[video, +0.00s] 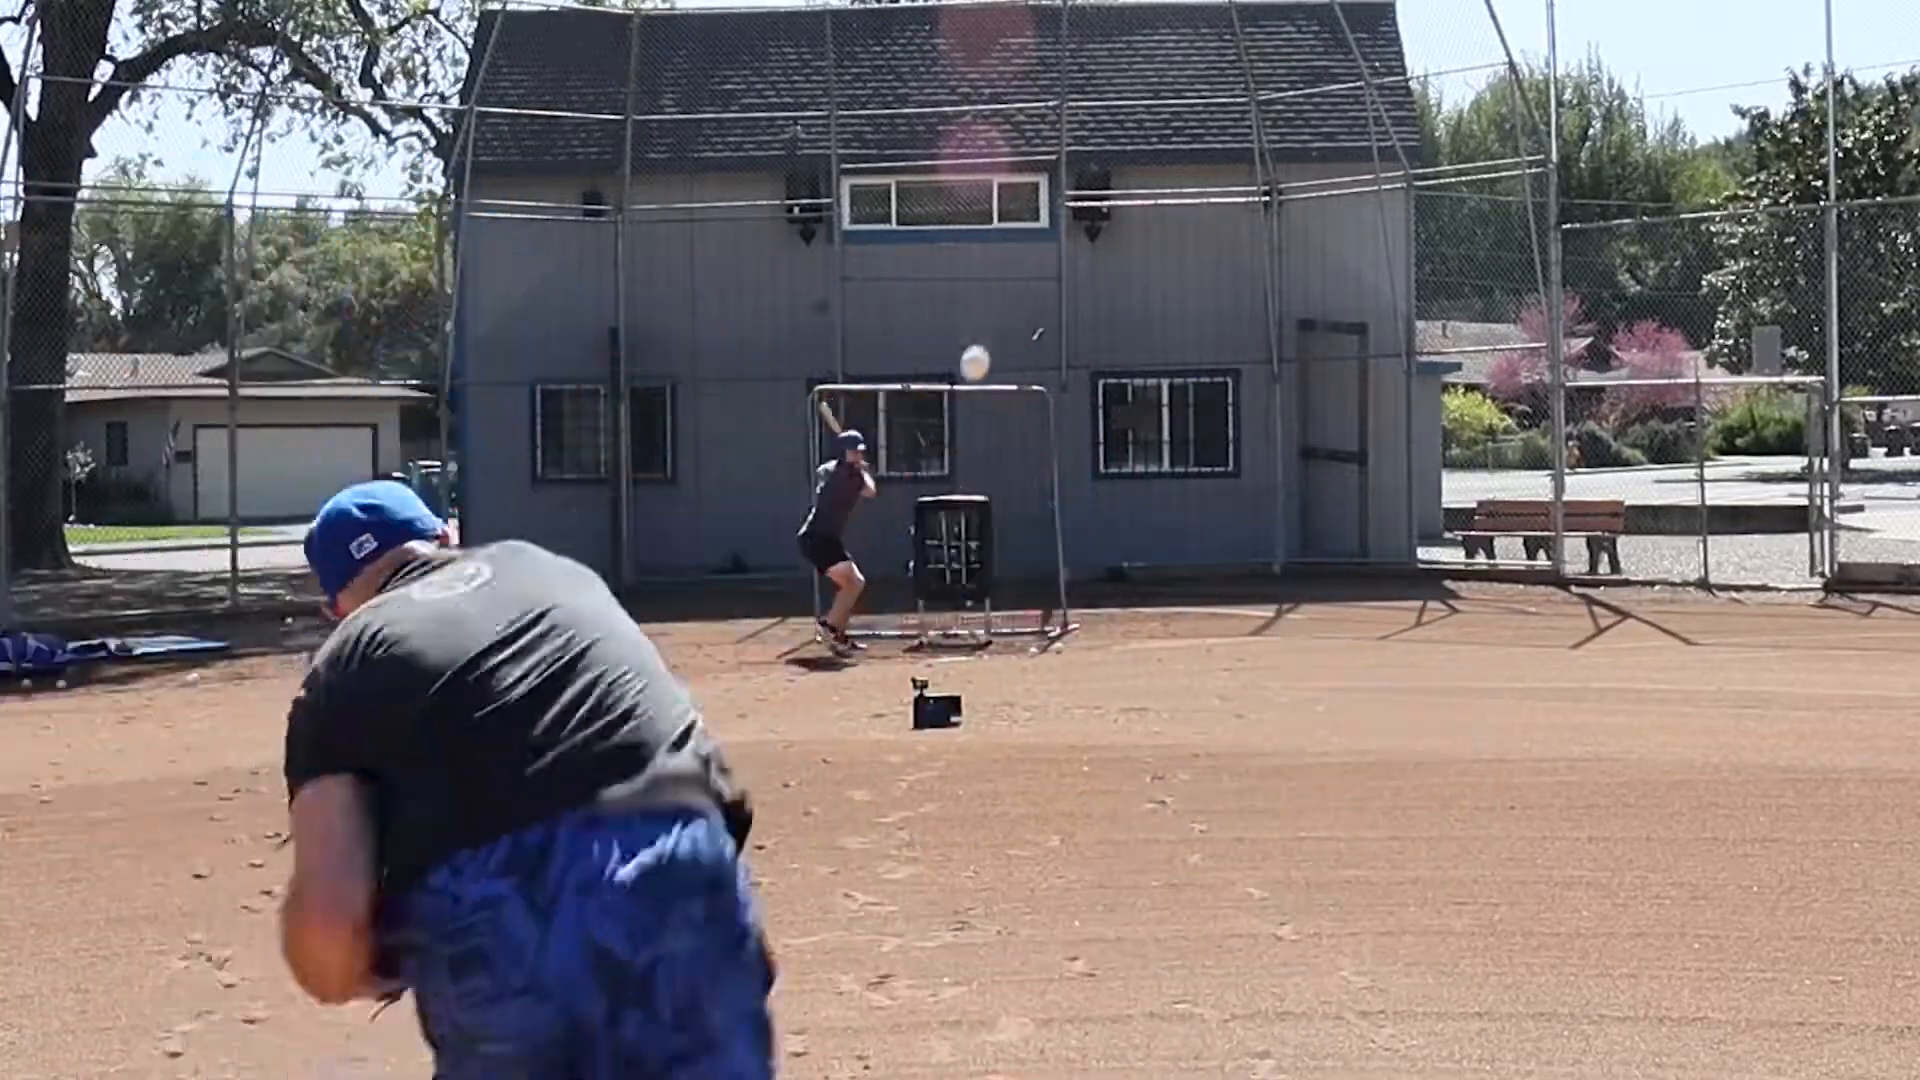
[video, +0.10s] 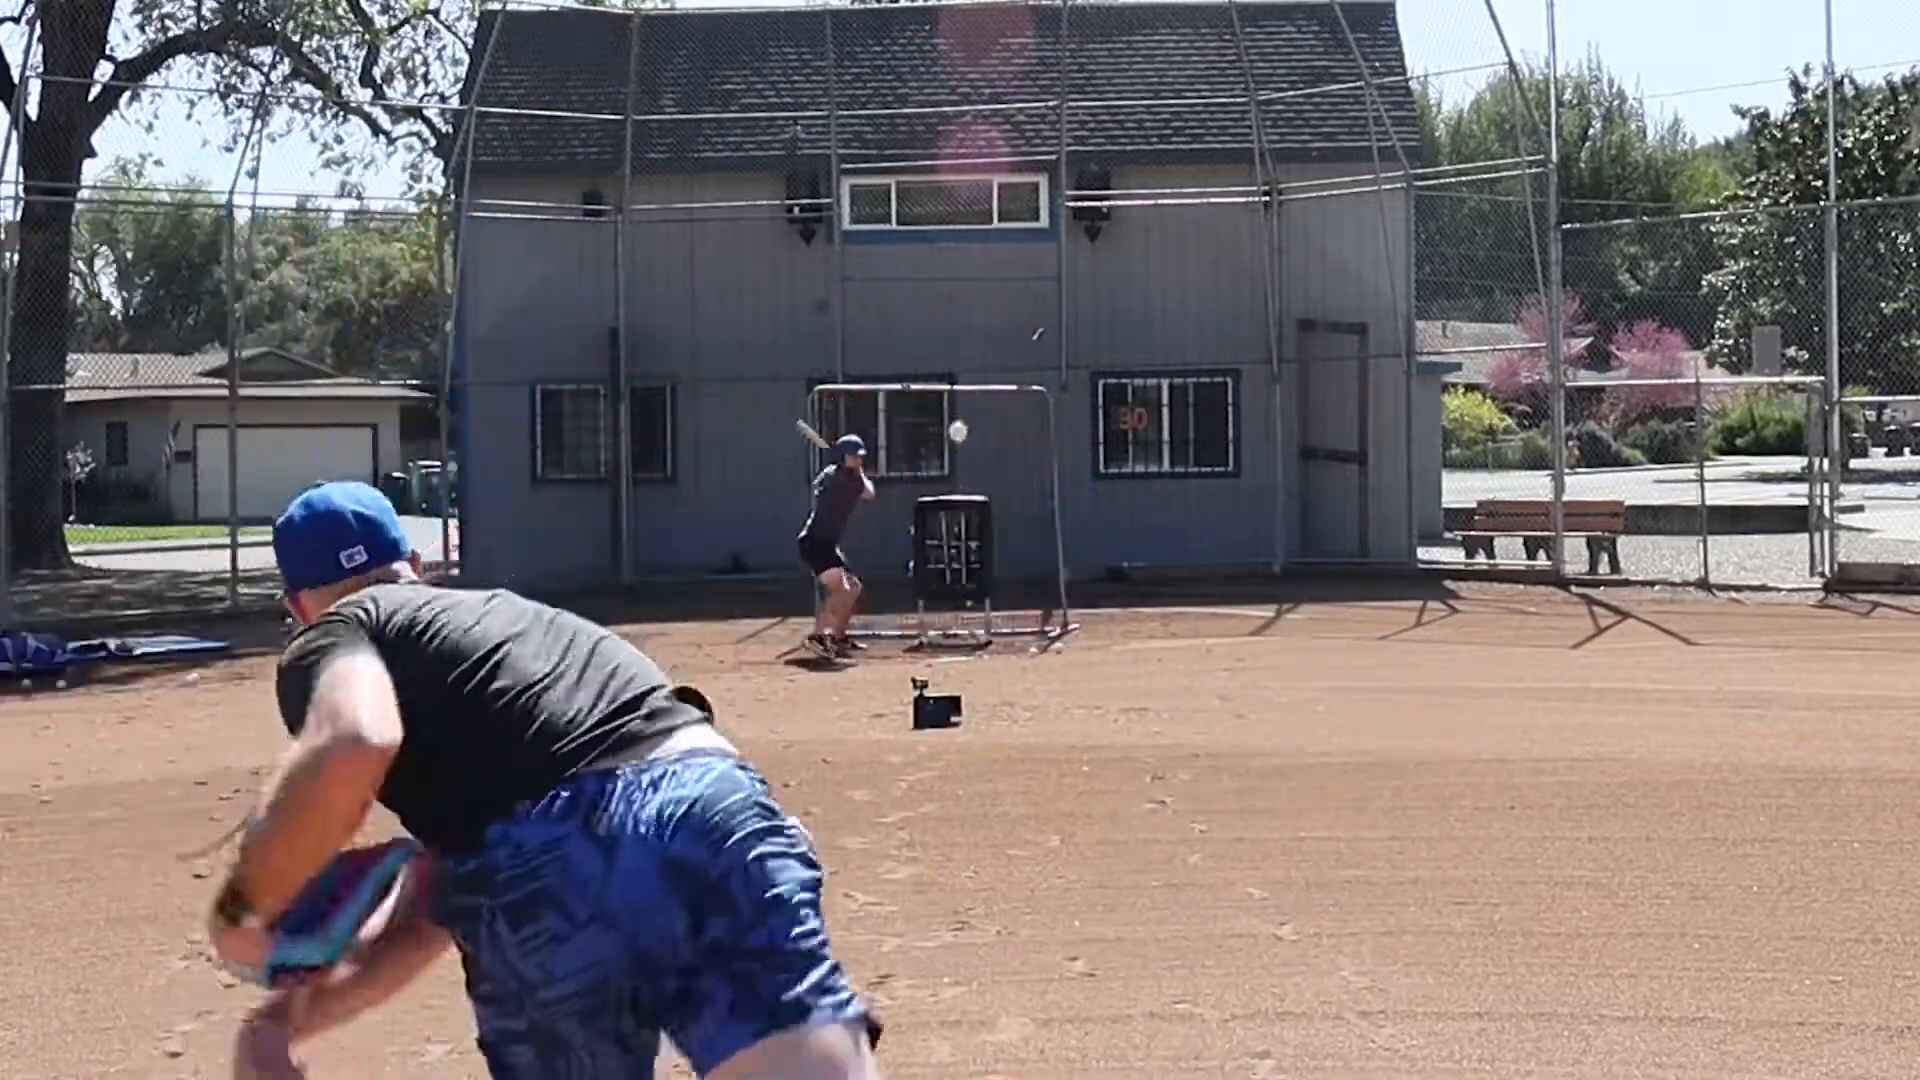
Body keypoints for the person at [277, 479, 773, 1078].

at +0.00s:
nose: (332, 616)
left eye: (329, 607)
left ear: (338, 602)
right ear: (448, 537)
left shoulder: (339, 670)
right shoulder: (557, 568)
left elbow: (328, 945)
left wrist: (361, 973)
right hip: (680, 873)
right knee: (710, 1069)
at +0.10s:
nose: (292, 618)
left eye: (290, 604)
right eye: (293, 601)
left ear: (301, 601)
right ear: (410, 565)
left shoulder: (336, 632)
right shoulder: (501, 612)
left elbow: (358, 740)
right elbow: (424, 914)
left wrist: (248, 902)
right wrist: (291, 1019)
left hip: (540, 867)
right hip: (710, 796)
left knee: (565, 1062)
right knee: (819, 1062)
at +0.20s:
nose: (264, 612)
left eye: (263, 591)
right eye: (261, 596)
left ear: (296, 568)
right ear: (371, 533)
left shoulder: (332, 592)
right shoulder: (471, 597)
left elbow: (340, 646)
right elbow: (445, 863)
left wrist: (218, 820)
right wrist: (321, 1003)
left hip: (553, 836)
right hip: (699, 750)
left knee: (574, 1056)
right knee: (946, 1050)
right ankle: (1206, 867)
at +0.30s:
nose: (232, 536)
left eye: (228, 515)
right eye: (243, 516)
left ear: (248, 498)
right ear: (347, 464)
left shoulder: (284, 543)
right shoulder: (427, 538)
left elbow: (300, 653)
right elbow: (491, 737)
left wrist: (203, 847)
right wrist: (377, 859)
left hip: (551, 826)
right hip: (686, 736)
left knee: (462, 1026)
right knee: (1009, 995)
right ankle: (1317, 836)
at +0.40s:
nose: (204, 473)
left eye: (199, 453)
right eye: (213, 453)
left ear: (217, 444)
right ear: (326, 419)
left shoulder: (238, 533)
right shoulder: (412, 483)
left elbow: (268, 699)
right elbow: (514, 674)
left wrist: (223, 905)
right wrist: (414, 859)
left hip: (551, 836)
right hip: (686, 726)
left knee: (580, 1062)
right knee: (929, 918)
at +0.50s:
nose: (177, 423)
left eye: (171, 406)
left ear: (186, 409)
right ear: (309, 370)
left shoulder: (213, 507)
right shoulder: (403, 430)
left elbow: (304, 726)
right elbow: (488, 628)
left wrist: (304, 924)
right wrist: (453, 865)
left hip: (556, 829)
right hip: (689, 728)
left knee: (569, 1056)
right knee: (777, 949)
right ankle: (899, 1069)